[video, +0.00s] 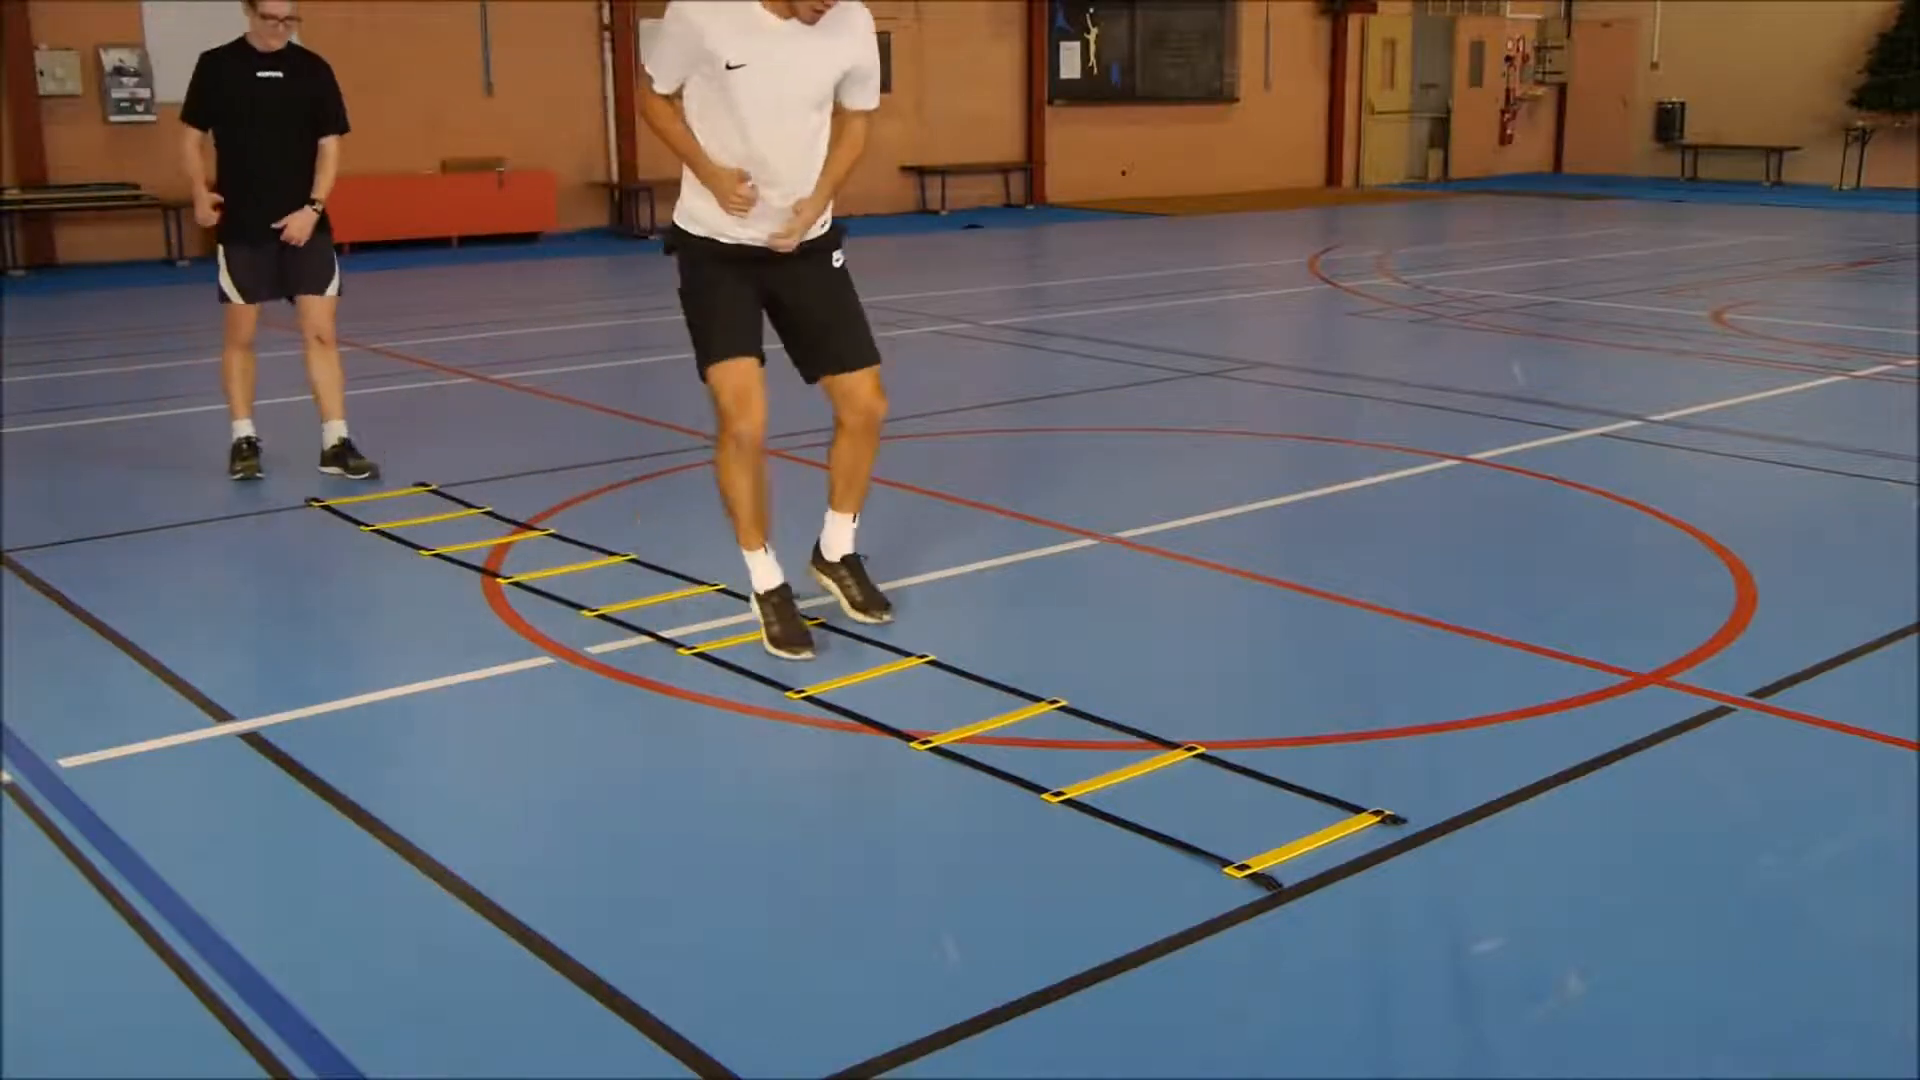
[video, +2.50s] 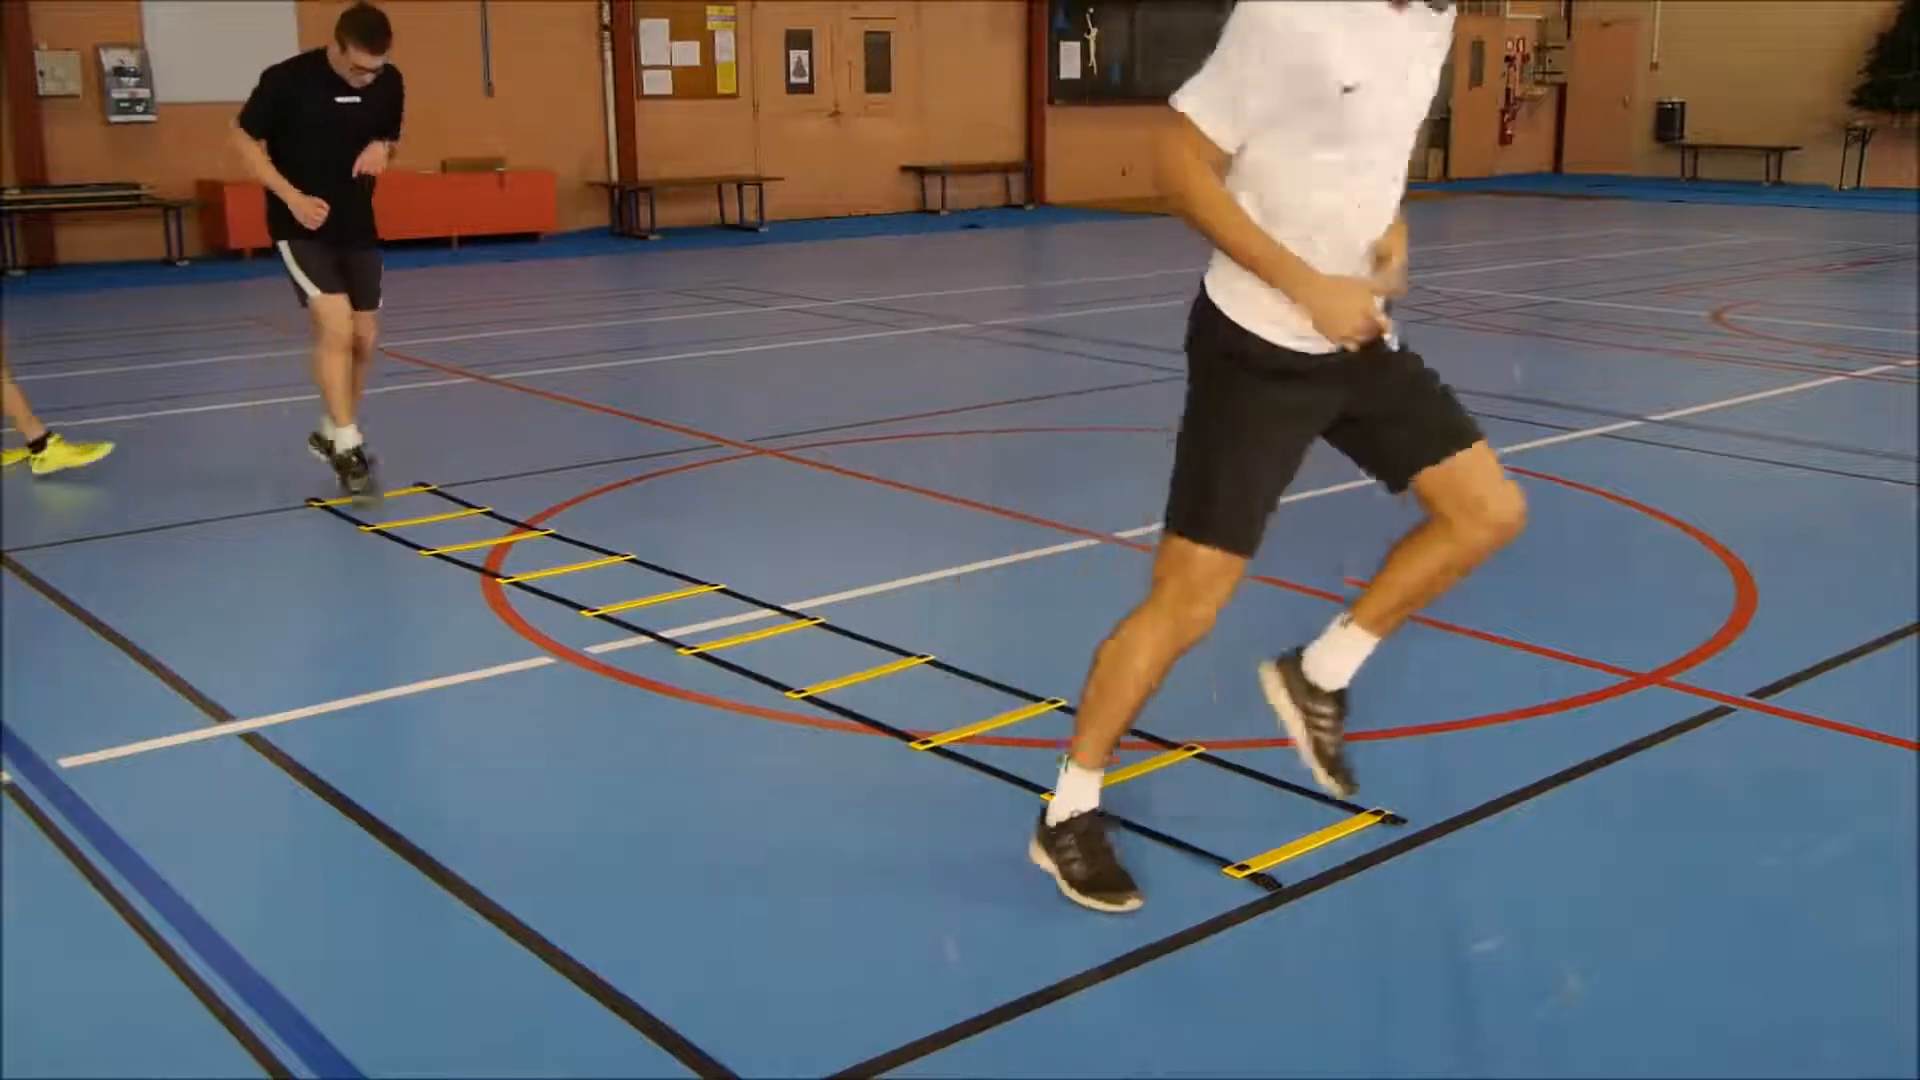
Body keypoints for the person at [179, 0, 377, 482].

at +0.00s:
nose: (280, 29)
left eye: (289, 20)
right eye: (270, 19)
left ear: (298, 16)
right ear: (249, 13)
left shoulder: (315, 69)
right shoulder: (215, 66)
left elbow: (330, 148)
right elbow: (192, 136)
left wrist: (314, 209)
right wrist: (199, 189)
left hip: (304, 221)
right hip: (242, 225)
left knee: (322, 334)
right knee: (240, 336)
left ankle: (336, 442)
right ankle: (244, 439)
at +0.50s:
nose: (321, 40)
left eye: (331, 31)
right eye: (313, 30)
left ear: (340, 23)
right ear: (291, 16)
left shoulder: (349, 77)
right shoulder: (251, 62)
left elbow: (354, 158)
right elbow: (219, 134)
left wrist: (336, 214)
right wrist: (216, 208)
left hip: (322, 224)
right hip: (261, 225)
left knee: (328, 334)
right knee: (263, 335)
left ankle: (337, 444)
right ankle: (265, 446)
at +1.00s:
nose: (302, 51)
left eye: (311, 41)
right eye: (292, 42)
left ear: (320, 28)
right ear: (267, 29)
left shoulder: (327, 71)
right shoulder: (229, 74)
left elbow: (338, 141)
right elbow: (206, 156)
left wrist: (332, 185)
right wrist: (222, 226)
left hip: (318, 224)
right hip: (257, 230)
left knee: (334, 335)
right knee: (262, 341)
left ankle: (336, 448)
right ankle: (269, 450)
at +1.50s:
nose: (325, 34)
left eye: (334, 24)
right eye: (315, 23)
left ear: (343, 18)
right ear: (293, 14)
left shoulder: (358, 69)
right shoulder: (258, 65)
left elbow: (375, 137)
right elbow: (231, 145)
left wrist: (368, 153)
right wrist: (254, 212)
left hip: (337, 225)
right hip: (278, 226)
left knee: (341, 337)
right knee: (277, 338)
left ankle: (337, 447)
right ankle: (274, 447)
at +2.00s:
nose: (325, 75)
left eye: (333, 67)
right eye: (317, 67)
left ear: (343, 53)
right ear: (295, 46)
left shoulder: (351, 80)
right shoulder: (251, 83)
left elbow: (360, 133)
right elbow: (220, 149)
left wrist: (346, 151)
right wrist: (258, 214)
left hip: (330, 228)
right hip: (270, 231)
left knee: (341, 338)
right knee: (274, 342)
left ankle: (336, 447)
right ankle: (274, 448)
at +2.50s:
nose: (368, 77)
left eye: (376, 68)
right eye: (360, 68)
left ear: (385, 55)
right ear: (336, 48)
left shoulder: (387, 83)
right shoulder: (286, 81)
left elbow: (390, 140)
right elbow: (242, 141)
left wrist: (381, 148)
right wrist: (292, 197)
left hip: (357, 222)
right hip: (301, 225)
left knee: (364, 340)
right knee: (337, 326)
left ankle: (335, 432)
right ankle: (346, 442)